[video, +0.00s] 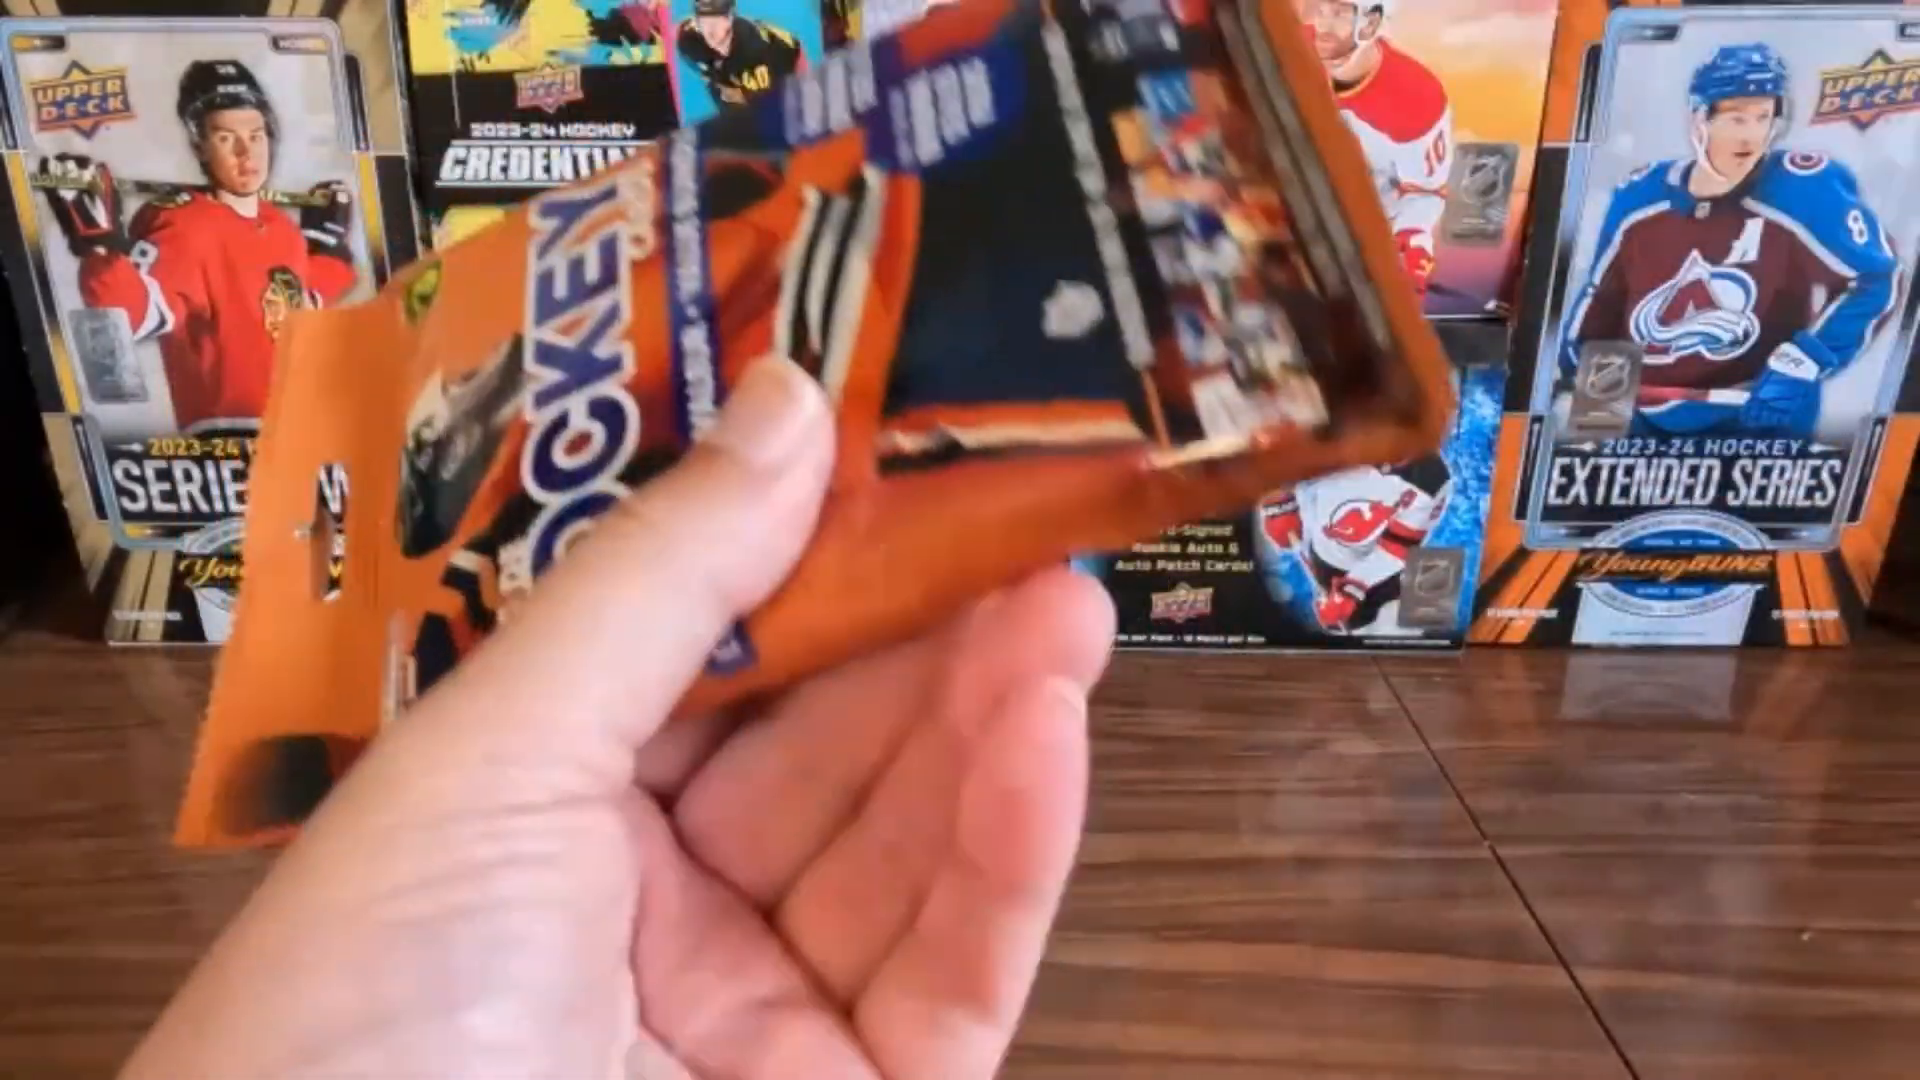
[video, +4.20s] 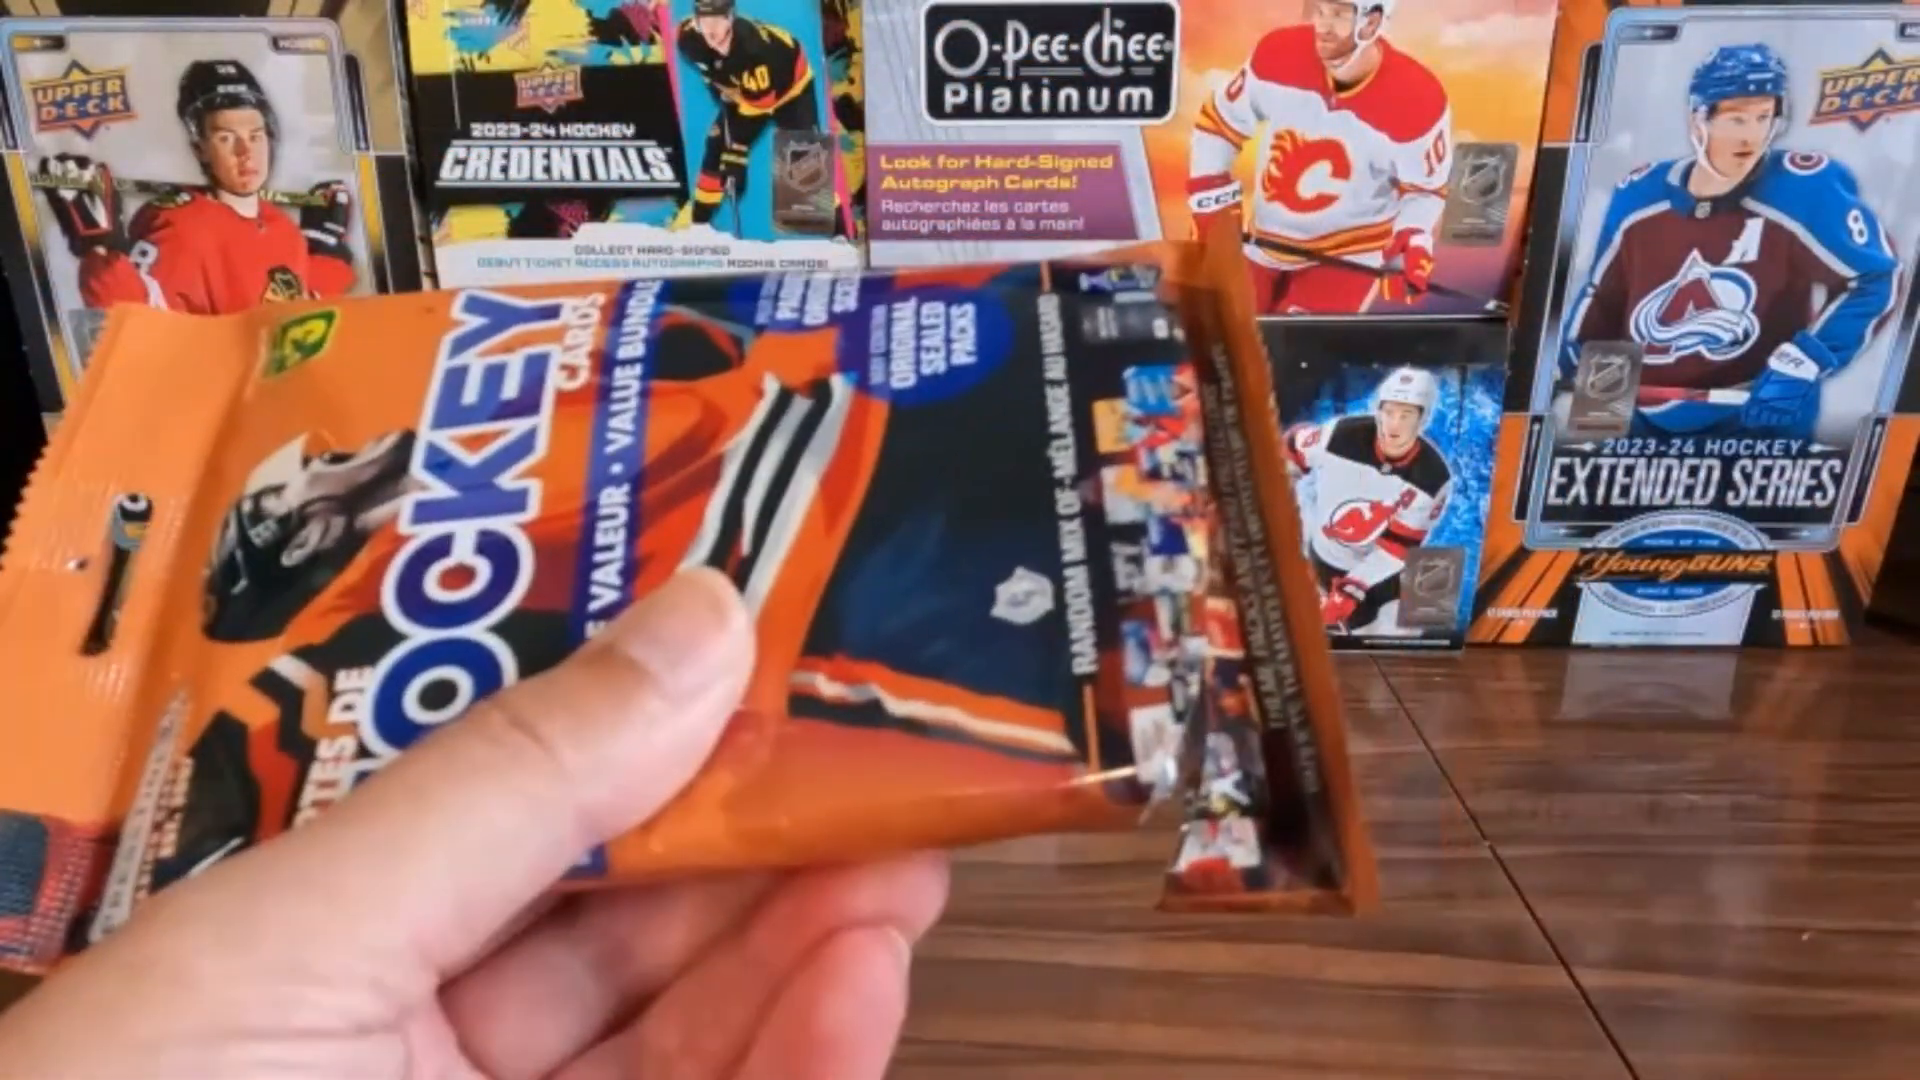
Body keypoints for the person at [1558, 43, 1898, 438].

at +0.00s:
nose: (1749, 135)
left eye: (1762, 118)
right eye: (1735, 118)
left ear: (1775, 123)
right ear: (1699, 124)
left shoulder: (1805, 193)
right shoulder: (1638, 199)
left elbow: (1879, 280)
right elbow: (1596, 297)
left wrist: (1802, 365)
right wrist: (1588, 373)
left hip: (1747, 426)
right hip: (1639, 421)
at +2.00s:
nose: (1749, 135)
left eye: (1762, 118)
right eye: (1735, 118)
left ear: (1775, 123)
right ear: (1698, 123)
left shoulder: (1808, 191)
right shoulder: (1638, 197)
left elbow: (1879, 280)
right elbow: (1600, 296)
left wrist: (1802, 365)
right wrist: (1578, 366)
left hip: (1745, 427)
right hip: (1637, 422)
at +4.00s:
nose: (1749, 135)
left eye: (1761, 118)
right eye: (1734, 119)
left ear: (1775, 122)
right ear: (1698, 123)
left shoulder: (1805, 192)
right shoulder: (1638, 197)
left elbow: (1879, 280)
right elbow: (1599, 296)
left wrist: (1803, 364)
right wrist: (1575, 369)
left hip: (1745, 428)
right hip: (1638, 422)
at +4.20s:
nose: (1749, 135)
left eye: (1762, 118)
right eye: (1734, 119)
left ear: (1775, 122)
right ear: (1698, 124)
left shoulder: (1805, 192)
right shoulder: (1638, 196)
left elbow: (1879, 279)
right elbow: (1599, 295)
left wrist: (1802, 364)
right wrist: (1576, 367)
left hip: (1745, 427)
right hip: (1637, 421)